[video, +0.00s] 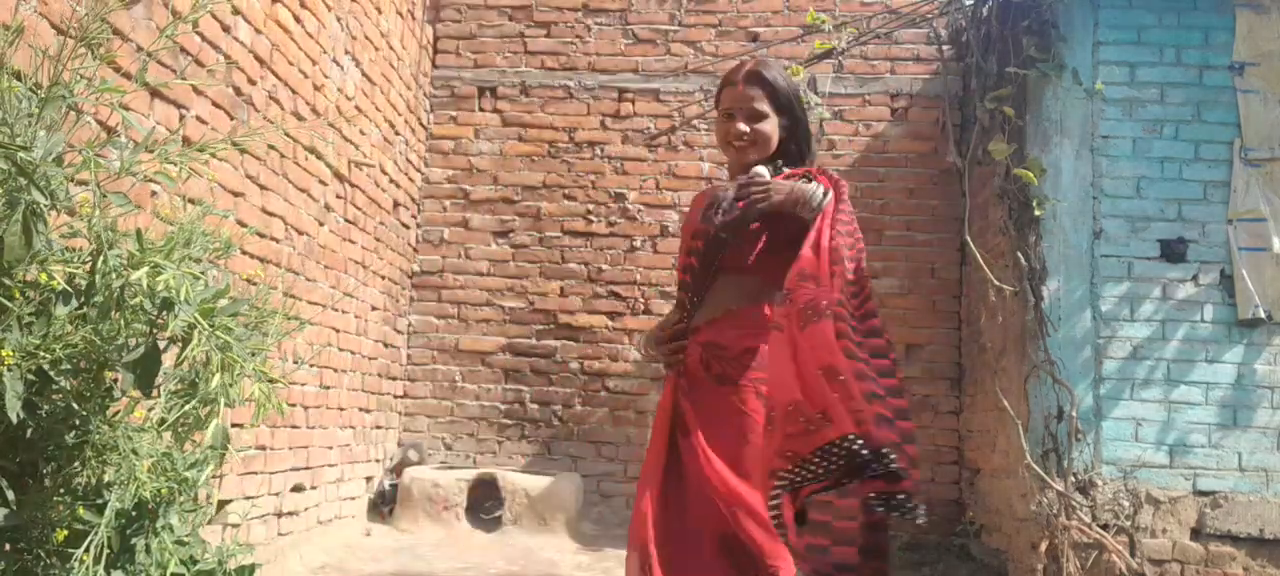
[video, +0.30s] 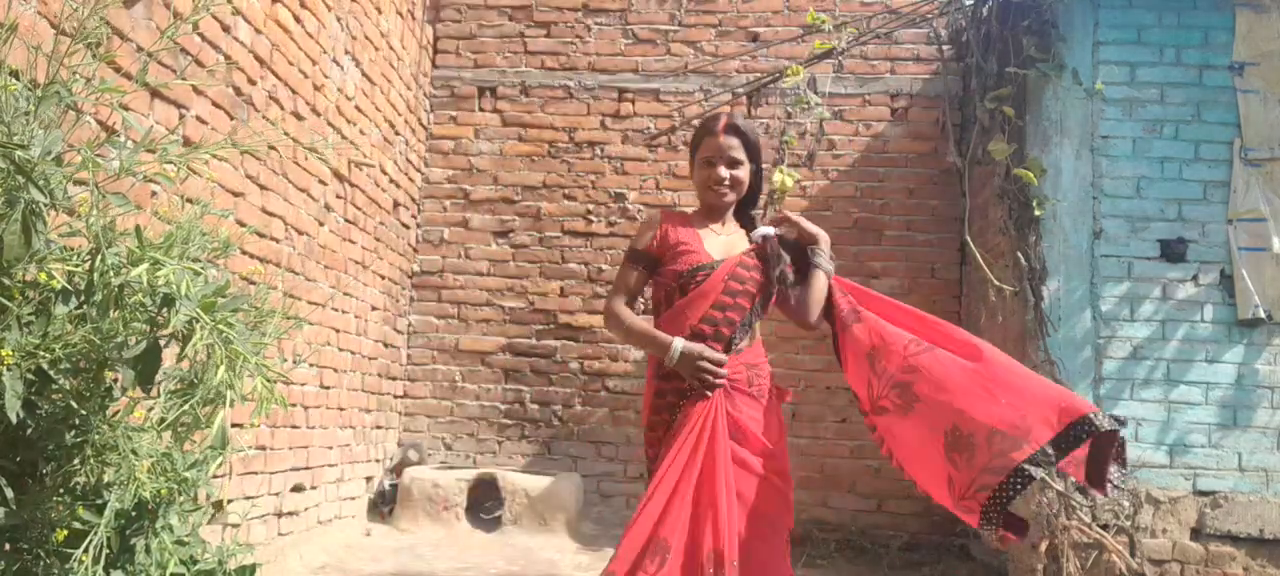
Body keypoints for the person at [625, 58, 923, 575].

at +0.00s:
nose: (739, 129)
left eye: (756, 116)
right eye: (727, 116)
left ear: (787, 125)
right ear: (715, 124)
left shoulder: (815, 191)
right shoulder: (708, 202)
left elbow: (845, 289)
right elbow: (693, 302)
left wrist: (812, 201)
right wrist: (661, 339)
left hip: (767, 377)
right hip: (697, 377)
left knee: (751, 525)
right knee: (682, 523)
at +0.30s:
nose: (719, 174)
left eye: (732, 164)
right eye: (709, 161)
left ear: (752, 174)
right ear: (691, 165)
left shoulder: (758, 241)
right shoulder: (662, 228)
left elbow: (807, 313)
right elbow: (615, 311)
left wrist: (820, 244)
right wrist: (670, 346)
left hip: (747, 389)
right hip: (679, 388)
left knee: (747, 529)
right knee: (683, 526)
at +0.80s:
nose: (696, 207)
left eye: (706, 196)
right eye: (684, 196)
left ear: (721, 198)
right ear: (666, 194)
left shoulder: (734, 247)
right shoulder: (647, 243)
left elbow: (802, 231)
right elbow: (619, 322)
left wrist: (762, 211)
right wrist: (686, 361)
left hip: (715, 386)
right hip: (658, 388)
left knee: (708, 489)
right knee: (658, 493)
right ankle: (655, 570)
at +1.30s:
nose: (682, 191)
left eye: (693, 180)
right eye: (671, 179)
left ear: (711, 184)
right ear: (654, 180)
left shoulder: (721, 238)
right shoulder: (631, 236)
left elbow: (769, 263)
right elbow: (596, 316)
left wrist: (756, 195)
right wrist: (621, 352)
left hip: (699, 393)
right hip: (636, 394)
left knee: (699, 510)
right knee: (635, 510)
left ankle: (699, 570)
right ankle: (637, 571)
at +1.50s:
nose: (681, 186)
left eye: (695, 178)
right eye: (672, 172)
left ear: (710, 188)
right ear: (653, 174)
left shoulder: (722, 244)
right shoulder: (621, 242)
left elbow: (761, 331)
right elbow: (588, 321)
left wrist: (739, 265)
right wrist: (594, 332)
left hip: (700, 401)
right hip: (632, 402)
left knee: (669, 519)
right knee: (624, 525)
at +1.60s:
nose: (683, 157)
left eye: (698, 150)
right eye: (674, 143)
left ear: (713, 163)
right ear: (655, 145)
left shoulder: (720, 218)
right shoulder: (622, 211)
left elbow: (760, 301)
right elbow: (582, 297)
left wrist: (749, 234)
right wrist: (613, 259)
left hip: (706, 366)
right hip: (636, 368)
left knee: (661, 474)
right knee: (632, 499)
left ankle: (695, 569)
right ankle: (634, 573)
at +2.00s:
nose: (684, 159)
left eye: (700, 151)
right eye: (673, 144)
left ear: (717, 163)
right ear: (652, 149)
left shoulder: (725, 222)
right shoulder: (623, 224)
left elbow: (784, 272)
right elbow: (553, 261)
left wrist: (771, 178)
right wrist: (594, 181)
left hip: (713, 390)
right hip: (637, 393)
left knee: (692, 545)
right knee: (637, 541)